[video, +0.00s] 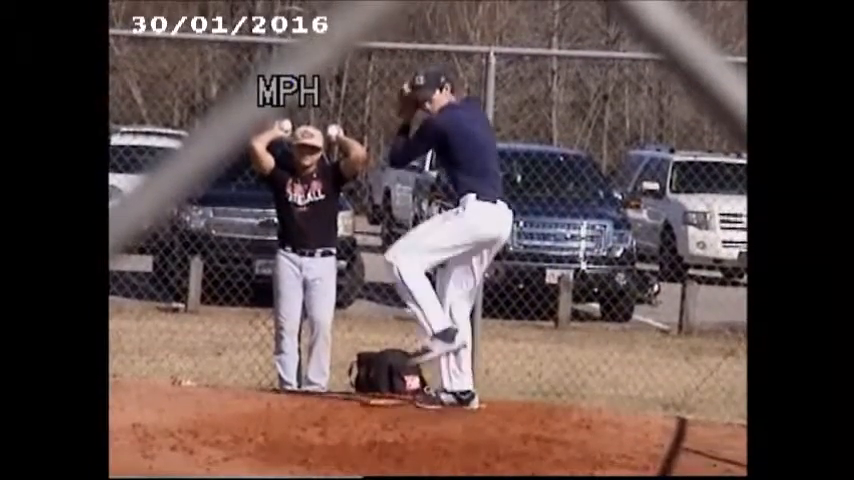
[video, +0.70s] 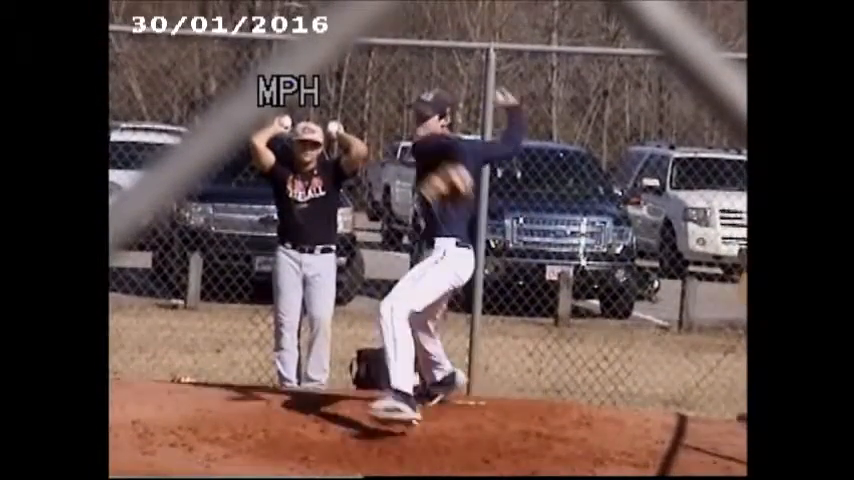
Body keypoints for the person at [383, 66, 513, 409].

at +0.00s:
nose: (424, 106)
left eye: (426, 100)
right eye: (421, 101)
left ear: (444, 90)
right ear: (448, 91)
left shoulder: (438, 122)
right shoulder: (474, 110)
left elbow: (398, 158)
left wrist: (406, 119)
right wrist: (420, 106)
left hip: (475, 212)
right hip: (499, 215)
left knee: (402, 255)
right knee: (457, 299)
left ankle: (440, 329)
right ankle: (459, 387)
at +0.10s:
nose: (417, 104)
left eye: (420, 97)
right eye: (415, 98)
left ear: (441, 90)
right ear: (446, 92)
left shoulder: (432, 120)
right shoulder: (473, 111)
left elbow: (389, 159)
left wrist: (416, 128)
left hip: (472, 212)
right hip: (500, 216)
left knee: (394, 234)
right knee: (461, 301)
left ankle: (427, 314)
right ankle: (459, 387)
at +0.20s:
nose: (416, 110)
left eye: (420, 103)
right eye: (414, 104)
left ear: (440, 97)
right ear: (444, 99)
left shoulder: (431, 127)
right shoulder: (472, 118)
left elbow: (388, 168)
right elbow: (484, 162)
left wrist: (411, 133)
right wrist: (450, 192)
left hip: (472, 216)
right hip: (503, 221)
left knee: (394, 236)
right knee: (458, 303)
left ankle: (402, 320)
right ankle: (460, 389)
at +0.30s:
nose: (420, 113)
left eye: (424, 106)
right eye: (418, 107)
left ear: (443, 102)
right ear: (444, 105)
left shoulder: (437, 131)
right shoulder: (469, 129)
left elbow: (392, 155)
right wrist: (446, 197)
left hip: (471, 221)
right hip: (500, 228)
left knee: (394, 252)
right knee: (445, 301)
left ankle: (368, 339)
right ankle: (457, 386)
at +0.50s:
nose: (418, 133)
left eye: (424, 128)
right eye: (417, 128)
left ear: (442, 128)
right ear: (444, 131)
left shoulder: (431, 154)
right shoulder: (466, 157)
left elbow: (393, 150)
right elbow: (488, 198)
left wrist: (359, 139)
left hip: (465, 247)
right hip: (490, 253)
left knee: (396, 297)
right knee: (428, 315)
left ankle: (343, 368)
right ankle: (454, 387)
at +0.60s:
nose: (416, 136)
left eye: (422, 131)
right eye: (415, 130)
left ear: (439, 131)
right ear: (443, 134)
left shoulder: (427, 158)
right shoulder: (468, 159)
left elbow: (397, 154)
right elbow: (498, 178)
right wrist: (476, 164)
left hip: (457, 258)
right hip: (478, 263)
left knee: (394, 308)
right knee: (422, 324)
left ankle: (369, 381)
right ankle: (452, 389)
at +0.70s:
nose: (417, 125)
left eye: (423, 119)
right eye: (417, 119)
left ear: (443, 120)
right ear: (442, 120)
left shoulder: (430, 146)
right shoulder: (470, 149)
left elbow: (430, 145)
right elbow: (510, 144)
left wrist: (443, 169)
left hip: (449, 253)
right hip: (457, 253)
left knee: (392, 309)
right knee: (420, 320)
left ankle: (401, 395)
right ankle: (442, 377)